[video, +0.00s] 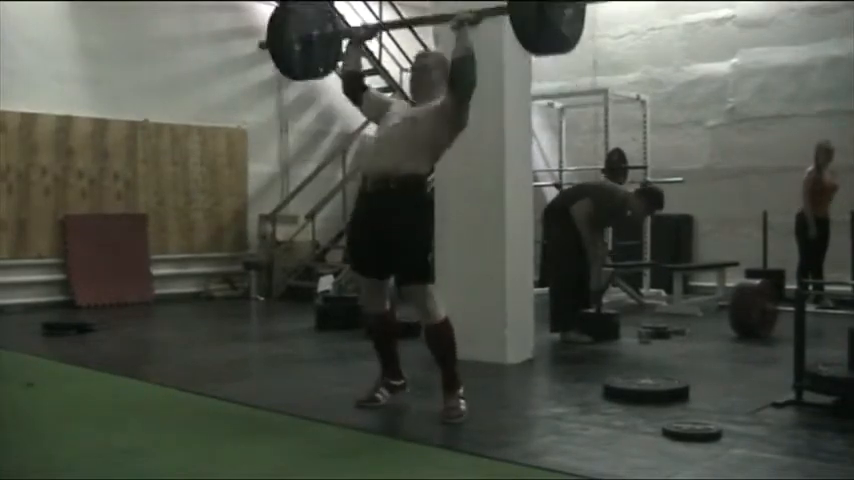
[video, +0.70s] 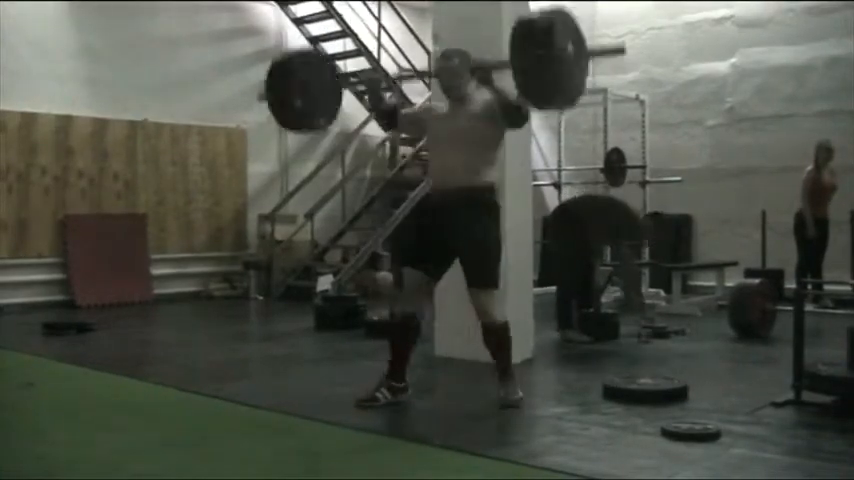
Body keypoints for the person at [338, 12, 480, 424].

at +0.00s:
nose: (417, 70)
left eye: (426, 66)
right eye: (414, 66)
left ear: (444, 77)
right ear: (410, 76)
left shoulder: (446, 115)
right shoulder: (391, 109)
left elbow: (464, 81)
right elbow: (354, 88)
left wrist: (463, 32)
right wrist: (356, 45)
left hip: (411, 202)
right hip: (372, 201)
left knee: (422, 298)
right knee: (373, 297)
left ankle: (453, 391)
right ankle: (392, 381)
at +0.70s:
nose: (447, 83)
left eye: (453, 76)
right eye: (442, 77)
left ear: (469, 75)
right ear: (436, 79)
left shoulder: (488, 105)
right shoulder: (433, 112)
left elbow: (519, 118)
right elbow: (391, 122)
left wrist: (491, 84)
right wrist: (375, 96)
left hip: (476, 204)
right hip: (435, 204)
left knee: (483, 297)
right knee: (410, 290)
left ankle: (507, 382)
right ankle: (395, 381)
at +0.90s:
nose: (457, 82)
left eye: (462, 75)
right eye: (452, 77)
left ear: (479, 72)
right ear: (448, 80)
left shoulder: (506, 112)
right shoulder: (442, 119)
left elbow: (535, 158)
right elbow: (422, 161)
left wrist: (533, 196)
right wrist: (406, 179)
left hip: (496, 206)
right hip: (456, 208)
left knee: (502, 295)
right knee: (432, 286)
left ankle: (510, 379)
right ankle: (441, 370)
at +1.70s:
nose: (413, 116)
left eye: (416, 108)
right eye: (409, 110)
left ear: (435, 98)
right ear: (413, 106)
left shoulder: (483, 126)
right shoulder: (424, 136)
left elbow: (515, 177)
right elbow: (407, 185)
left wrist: (515, 229)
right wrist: (390, 225)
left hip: (491, 211)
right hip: (455, 214)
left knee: (486, 295)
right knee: (427, 290)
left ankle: (497, 389)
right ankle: (454, 362)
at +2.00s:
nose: (372, 155)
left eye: (372, 147)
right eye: (367, 149)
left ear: (388, 135)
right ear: (372, 144)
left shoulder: (449, 148)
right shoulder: (396, 172)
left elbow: (484, 202)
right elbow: (387, 229)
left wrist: (491, 255)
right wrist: (380, 278)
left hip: (479, 216)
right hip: (443, 221)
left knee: (472, 299)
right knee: (420, 293)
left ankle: (491, 392)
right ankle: (416, 384)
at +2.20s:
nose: (369, 210)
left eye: (370, 201)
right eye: (363, 206)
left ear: (382, 191)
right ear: (362, 205)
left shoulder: (436, 210)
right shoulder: (385, 218)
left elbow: (465, 267)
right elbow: (376, 270)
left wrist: (475, 316)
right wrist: (372, 323)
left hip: (481, 243)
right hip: (432, 248)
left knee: (445, 307)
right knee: (403, 299)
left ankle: (469, 395)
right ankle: (416, 385)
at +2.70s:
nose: (356, 214)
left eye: (361, 206)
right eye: (351, 207)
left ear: (381, 195)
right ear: (346, 201)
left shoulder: (424, 210)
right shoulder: (369, 213)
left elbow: (462, 259)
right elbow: (372, 258)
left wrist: (467, 318)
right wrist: (334, 284)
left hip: (477, 226)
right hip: (429, 235)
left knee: (445, 303)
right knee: (406, 302)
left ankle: (464, 396)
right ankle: (415, 386)